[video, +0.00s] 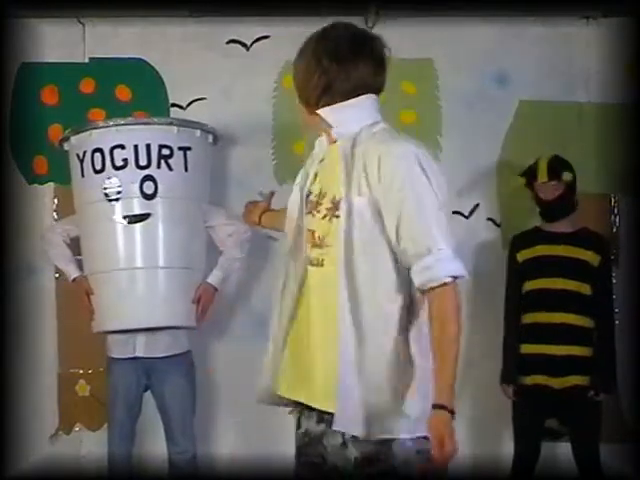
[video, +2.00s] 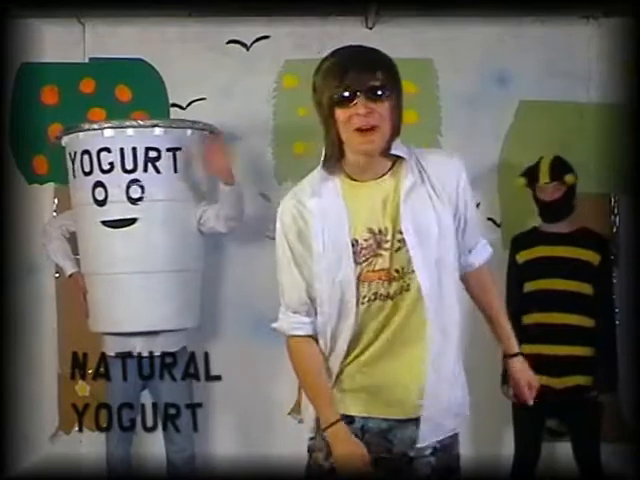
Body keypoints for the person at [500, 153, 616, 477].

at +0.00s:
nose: (546, 194)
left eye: (552, 185)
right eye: (539, 187)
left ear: (569, 187)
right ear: (532, 192)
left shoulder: (595, 245)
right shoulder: (521, 245)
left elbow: (604, 315)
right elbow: (512, 313)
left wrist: (604, 373)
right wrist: (508, 369)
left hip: (580, 376)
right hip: (530, 376)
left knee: (588, 461)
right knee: (524, 460)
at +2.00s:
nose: (548, 195)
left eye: (555, 186)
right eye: (540, 188)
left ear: (571, 188)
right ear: (532, 194)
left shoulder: (596, 245)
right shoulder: (521, 245)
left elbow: (605, 315)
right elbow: (513, 311)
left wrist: (606, 374)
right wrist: (510, 367)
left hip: (580, 379)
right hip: (531, 378)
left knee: (589, 463)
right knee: (524, 462)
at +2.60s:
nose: (554, 195)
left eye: (561, 187)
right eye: (546, 188)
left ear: (573, 189)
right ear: (534, 193)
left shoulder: (597, 245)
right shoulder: (520, 245)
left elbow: (605, 313)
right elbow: (511, 308)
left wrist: (608, 372)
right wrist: (504, 359)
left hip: (581, 372)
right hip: (531, 373)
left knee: (588, 460)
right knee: (524, 459)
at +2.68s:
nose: (556, 195)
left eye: (563, 187)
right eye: (548, 187)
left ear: (575, 189)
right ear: (535, 193)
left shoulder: (597, 245)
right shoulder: (521, 245)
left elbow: (607, 314)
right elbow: (509, 309)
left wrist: (609, 372)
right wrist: (479, 326)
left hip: (581, 371)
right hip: (532, 371)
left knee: (589, 461)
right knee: (525, 459)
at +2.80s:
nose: (555, 194)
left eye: (563, 186)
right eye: (547, 187)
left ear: (576, 190)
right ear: (537, 191)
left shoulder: (599, 245)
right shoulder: (525, 241)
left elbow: (609, 315)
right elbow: (496, 291)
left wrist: (613, 374)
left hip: (581, 370)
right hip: (533, 369)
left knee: (589, 460)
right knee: (526, 459)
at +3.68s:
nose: (579, 195)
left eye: (588, 188)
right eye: (572, 187)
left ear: (600, 193)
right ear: (561, 190)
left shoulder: (611, 249)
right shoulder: (537, 237)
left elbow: (618, 320)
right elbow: (498, 282)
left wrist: (622, 380)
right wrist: (494, 245)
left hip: (587, 368)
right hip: (538, 364)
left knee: (591, 460)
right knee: (527, 458)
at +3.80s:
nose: (577, 196)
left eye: (586, 188)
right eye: (570, 187)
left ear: (598, 193)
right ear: (559, 190)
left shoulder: (610, 249)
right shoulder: (536, 237)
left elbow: (618, 318)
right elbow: (511, 282)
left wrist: (621, 376)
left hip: (587, 365)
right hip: (538, 361)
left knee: (591, 458)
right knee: (528, 457)